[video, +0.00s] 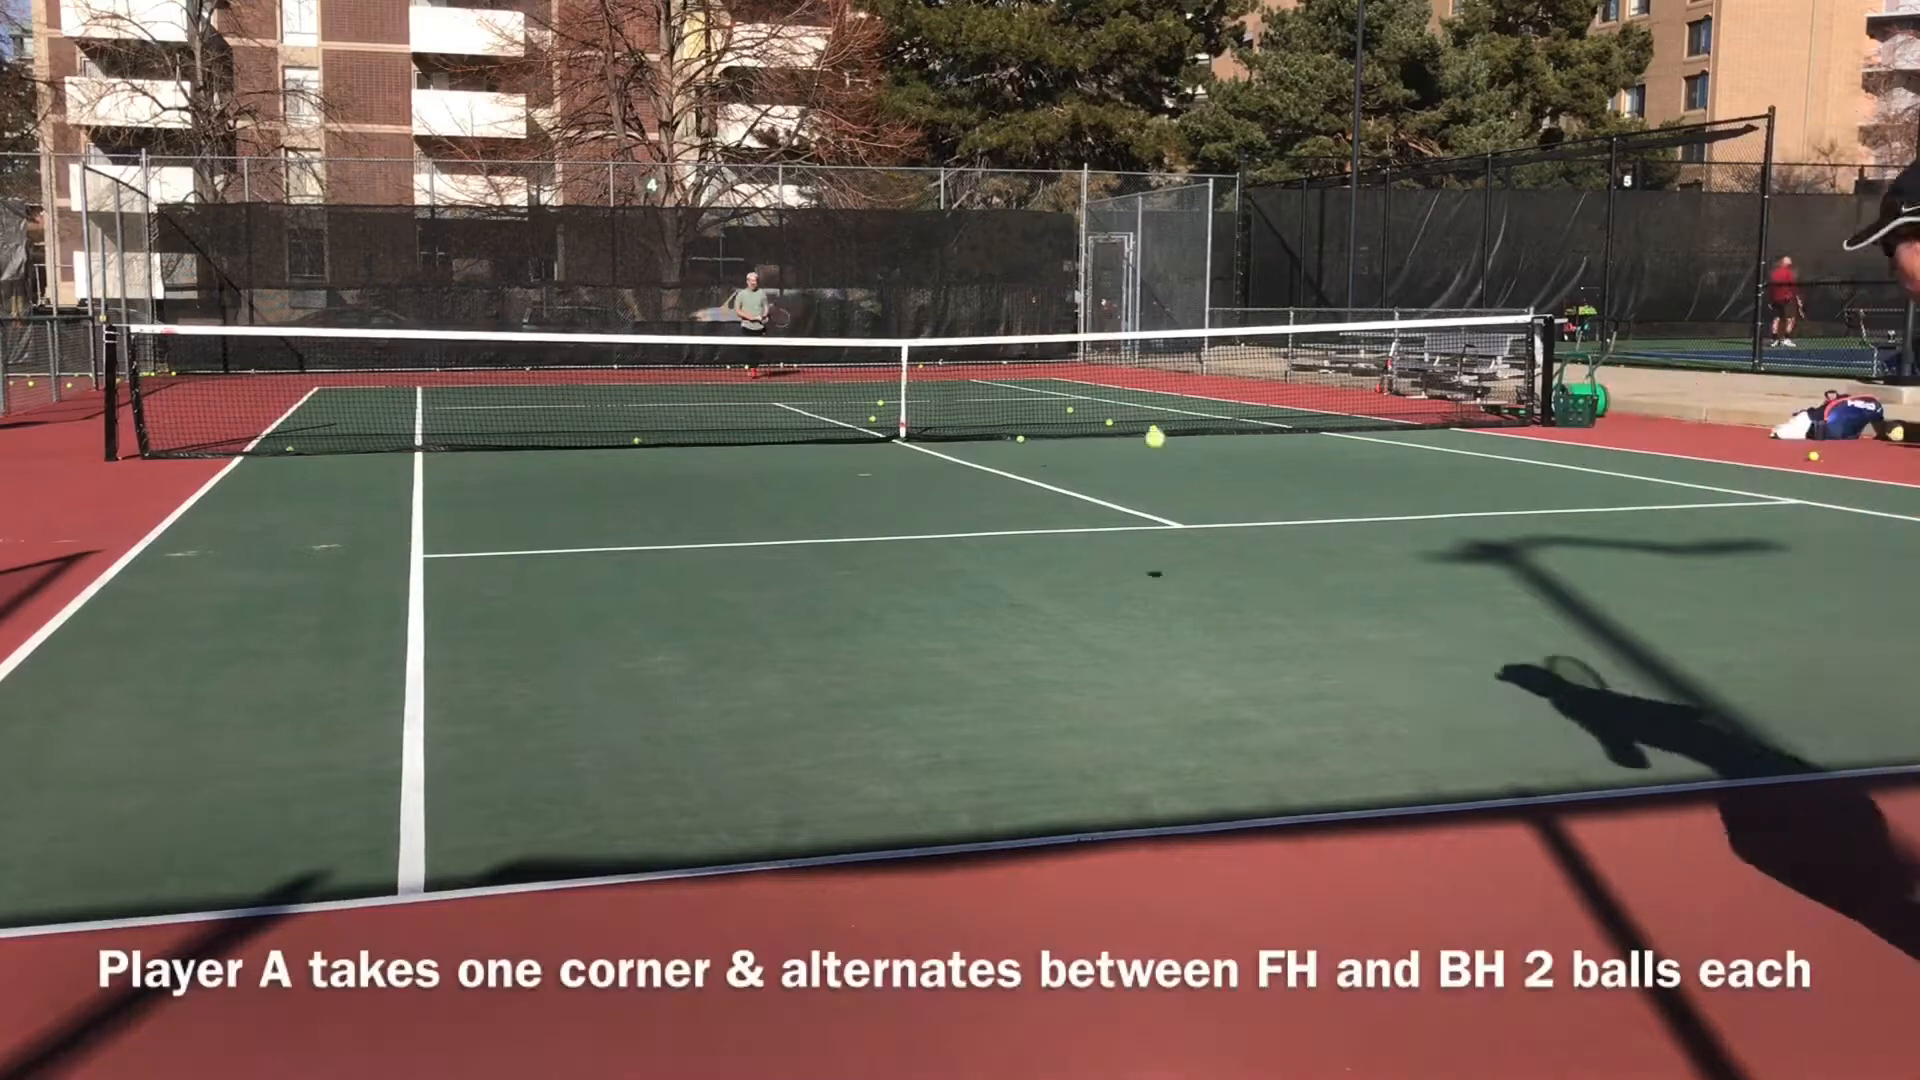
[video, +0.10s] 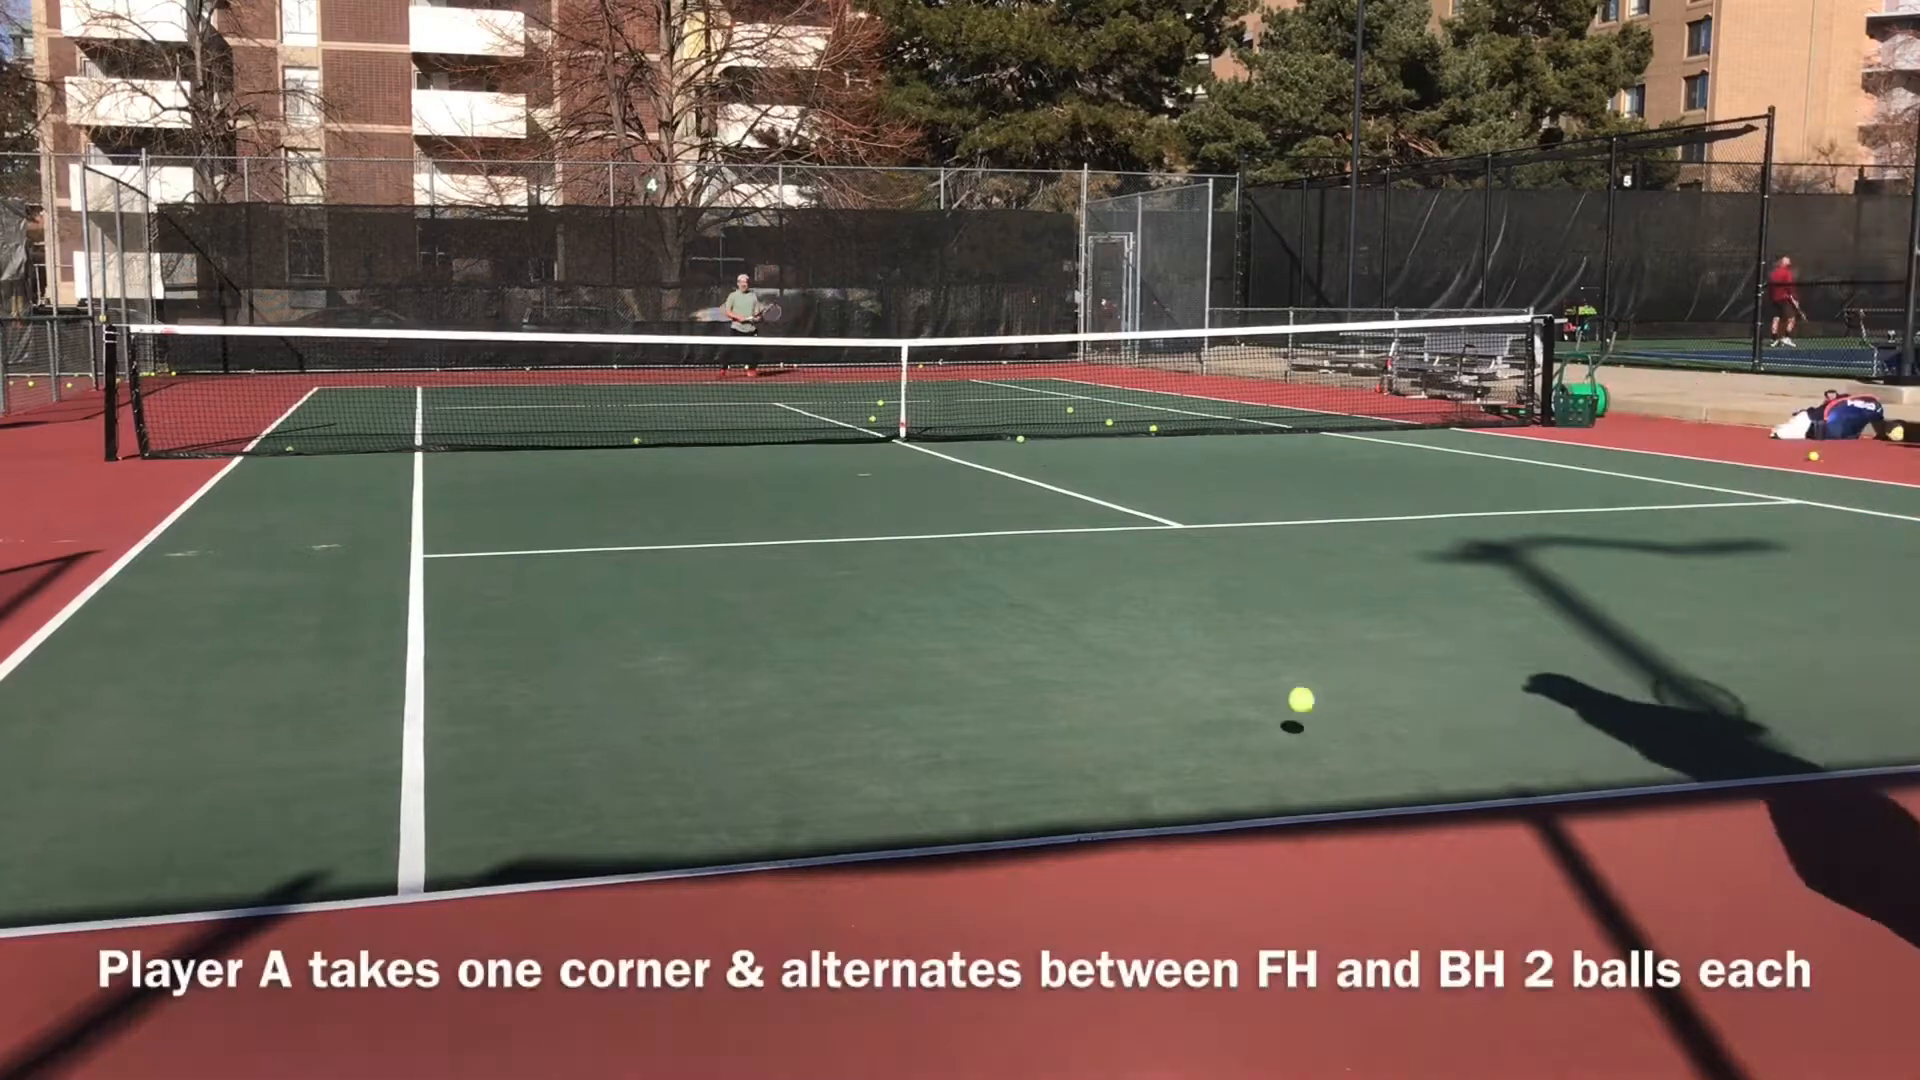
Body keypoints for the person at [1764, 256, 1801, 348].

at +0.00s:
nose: (1789, 265)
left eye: (1788, 263)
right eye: (1788, 263)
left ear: (1780, 263)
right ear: (1788, 264)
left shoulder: (1774, 273)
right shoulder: (1789, 272)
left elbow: (1771, 288)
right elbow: (1792, 286)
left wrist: (1770, 300)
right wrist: (1797, 297)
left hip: (1776, 299)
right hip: (1787, 299)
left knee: (1778, 318)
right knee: (1790, 318)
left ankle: (1776, 338)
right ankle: (1785, 338)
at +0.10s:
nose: (1788, 264)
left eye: (1788, 262)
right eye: (1787, 262)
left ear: (1779, 263)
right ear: (1787, 264)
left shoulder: (1773, 273)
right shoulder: (1787, 272)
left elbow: (1771, 286)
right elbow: (1789, 285)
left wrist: (1772, 296)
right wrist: (1793, 296)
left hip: (1775, 299)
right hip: (1785, 298)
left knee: (1777, 317)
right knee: (1791, 317)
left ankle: (1776, 338)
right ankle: (1786, 337)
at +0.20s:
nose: (1789, 263)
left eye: (1788, 261)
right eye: (1787, 262)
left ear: (1778, 263)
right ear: (1784, 263)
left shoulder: (1773, 272)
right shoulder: (1786, 272)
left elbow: (1771, 286)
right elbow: (1788, 286)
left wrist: (1773, 296)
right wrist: (1792, 298)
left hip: (1775, 299)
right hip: (1784, 298)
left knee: (1776, 317)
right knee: (1791, 317)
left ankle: (1775, 337)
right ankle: (1786, 336)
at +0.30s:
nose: (1788, 261)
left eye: (1787, 259)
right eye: (1786, 259)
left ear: (1777, 262)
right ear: (1781, 261)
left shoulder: (1772, 272)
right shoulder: (1785, 272)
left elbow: (1771, 285)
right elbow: (1786, 286)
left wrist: (1773, 295)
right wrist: (1789, 298)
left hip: (1773, 298)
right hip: (1782, 297)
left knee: (1776, 317)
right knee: (1792, 316)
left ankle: (1774, 338)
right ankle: (1787, 335)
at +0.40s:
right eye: (1784, 261)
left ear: (1775, 263)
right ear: (1783, 262)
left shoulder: (1772, 273)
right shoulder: (1784, 272)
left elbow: (1769, 285)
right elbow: (1785, 287)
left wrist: (1771, 295)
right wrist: (1788, 299)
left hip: (1773, 298)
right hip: (1782, 298)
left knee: (1776, 317)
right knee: (1791, 316)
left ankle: (1774, 338)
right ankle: (1786, 335)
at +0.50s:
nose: (1787, 261)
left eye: (1786, 259)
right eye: (1784, 259)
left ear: (1777, 262)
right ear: (1779, 261)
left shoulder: (1772, 272)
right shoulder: (1784, 271)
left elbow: (1771, 285)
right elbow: (1785, 285)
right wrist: (1788, 298)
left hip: (1773, 297)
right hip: (1782, 297)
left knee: (1775, 317)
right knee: (1791, 316)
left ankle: (1774, 337)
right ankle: (1786, 335)